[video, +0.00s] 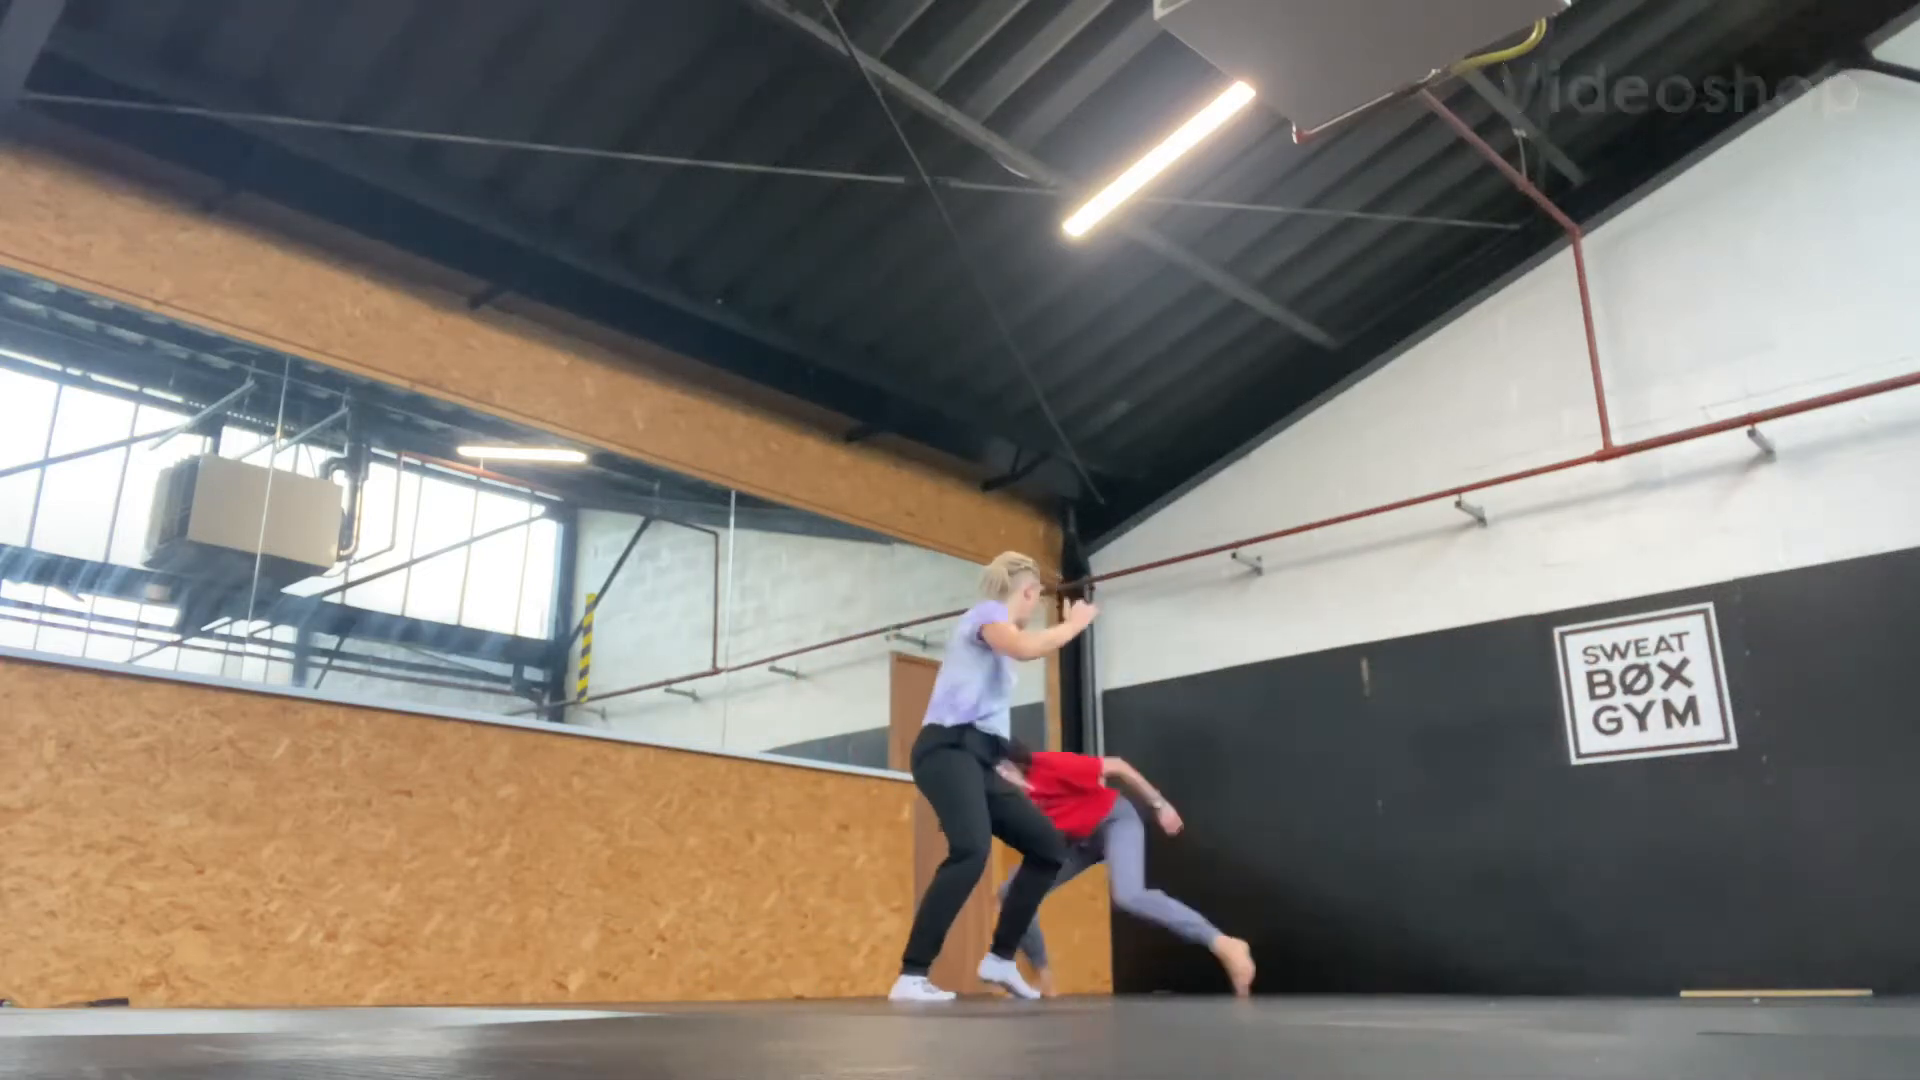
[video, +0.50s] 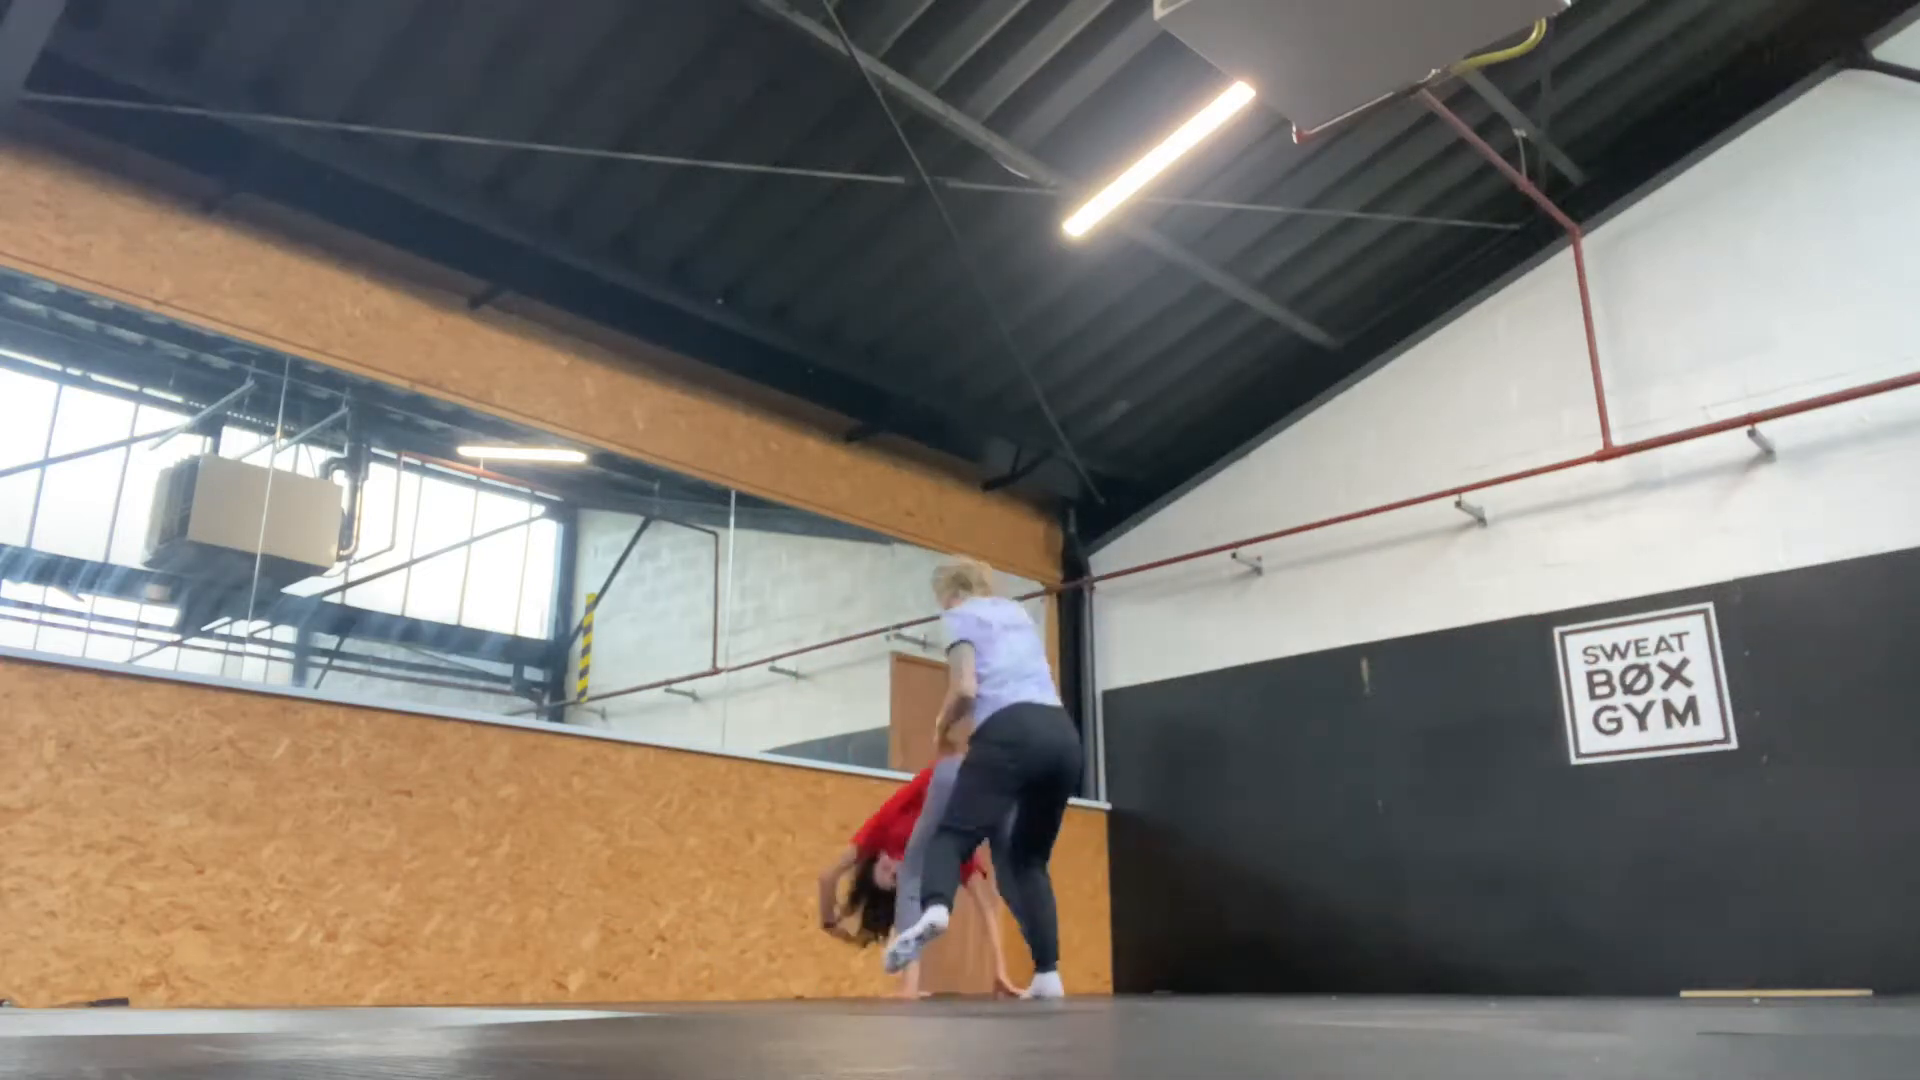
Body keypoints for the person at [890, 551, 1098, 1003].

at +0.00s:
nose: (1036, 605)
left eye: (1038, 597)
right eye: (1035, 594)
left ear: (1004, 587)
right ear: (1022, 588)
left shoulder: (996, 633)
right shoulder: (987, 613)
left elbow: (973, 717)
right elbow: (1020, 647)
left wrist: (1001, 765)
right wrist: (1073, 625)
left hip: (977, 762)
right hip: (945, 751)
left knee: (1048, 848)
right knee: (970, 849)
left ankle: (1000, 960)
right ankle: (912, 978)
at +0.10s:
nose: (1025, 586)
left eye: (1024, 579)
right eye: (1022, 579)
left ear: (980, 581)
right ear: (1010, 578)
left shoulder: (969, 627)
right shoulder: (1004, 604)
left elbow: (936, 703)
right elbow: (1075, 614)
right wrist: (1079, 585)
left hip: (964, 745)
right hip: (971, 739)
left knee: (1038, 859)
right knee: (985, 853)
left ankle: (1001, 977)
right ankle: (917, 973)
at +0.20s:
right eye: (1002, 554)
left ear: (965, 570)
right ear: (1002, 561)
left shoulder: (948, 615)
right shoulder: (1019, 584)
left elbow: (931, 683)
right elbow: (1096, 586)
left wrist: (971, 702)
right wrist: (1064, 564)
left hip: (957, 723)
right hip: (1002, 714)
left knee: (1006, 848)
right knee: (1016, 843)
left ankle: (997, 972)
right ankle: (945, 938)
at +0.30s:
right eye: (1002, 541)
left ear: (961, 558)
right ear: (1002, 550)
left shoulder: (950, 592)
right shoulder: (1030, 570)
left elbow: (939, 654)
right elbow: (1087, 585)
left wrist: (974, 679)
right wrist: (1043, 556)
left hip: (963, 692)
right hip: (1021, 688)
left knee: (965, 831)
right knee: (1037, 825)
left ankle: (969, 959)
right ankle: (1007, 934)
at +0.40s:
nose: (949, 577)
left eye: (950, 571)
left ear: (958, 566)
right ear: (1002, 560)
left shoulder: (956, 589)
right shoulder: (1028, 582)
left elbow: (952, 660)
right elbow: (1054, 610)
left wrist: (962, 702)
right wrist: (1021, 587)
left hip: (985, 697)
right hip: (1044, 696)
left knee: (957, 823)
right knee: (1040, 835)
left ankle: (934, 934)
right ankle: (1048, 966)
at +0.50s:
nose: (942, 607)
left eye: (942, 600)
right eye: (941, 601)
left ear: (952, 594)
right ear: (984, 587)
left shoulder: (960, 616)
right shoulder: (1018, 613)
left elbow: (966, 688)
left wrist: (943, 724)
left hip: (1010, 729)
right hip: (1062, 731)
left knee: (952, 836)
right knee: (1026, 859)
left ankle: (935, 909)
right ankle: (1048, 975)